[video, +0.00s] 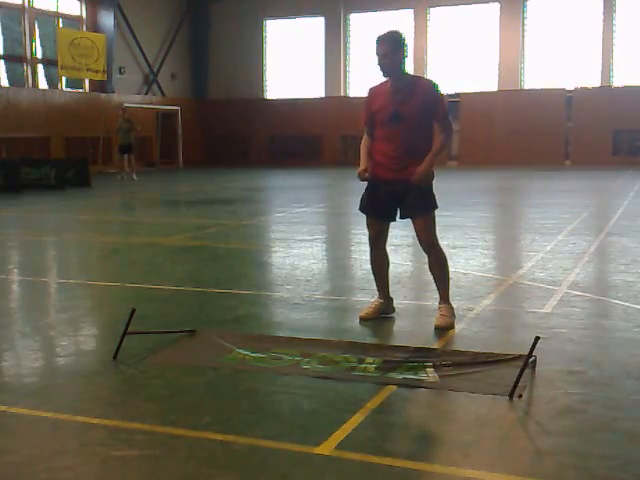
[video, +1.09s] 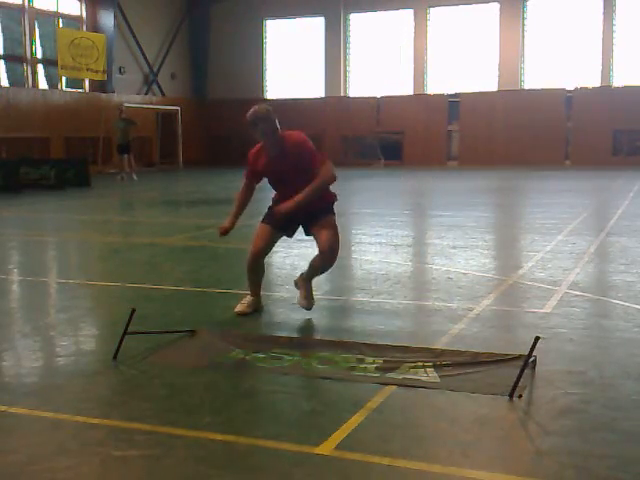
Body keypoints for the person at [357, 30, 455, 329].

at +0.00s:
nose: (381, 61)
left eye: (386, 55)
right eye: (378, 56)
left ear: (401, 54)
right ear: (377, 57)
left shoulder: (426, 89)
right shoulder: (375, 93)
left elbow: (444, 132)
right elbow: (367, 133)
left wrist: (427, 165)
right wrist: (364, 160)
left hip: (415, 180)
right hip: (380, 181)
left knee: (429, 242)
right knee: (375, 240)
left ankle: (445, 304)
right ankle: (384, 300)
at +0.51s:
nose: (369, 93)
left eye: (374, 87)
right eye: (366, 87)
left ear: (390, 85)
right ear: (365, 87)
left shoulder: (414, 116)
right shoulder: (365, 114)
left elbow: (435, 156)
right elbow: (361, 151)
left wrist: (402, 182)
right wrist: (364, 179)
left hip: (406, 193)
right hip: (372, 191)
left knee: (426, 251)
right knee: (332, 239)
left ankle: (446, 306)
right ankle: (366, 288)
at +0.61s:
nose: (346, 84)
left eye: (351, 79)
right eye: (344, 79)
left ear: (366, 77)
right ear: (344, 79)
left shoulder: (390, 107)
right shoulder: (345, 108)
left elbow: (410, 147)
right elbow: (343, 140)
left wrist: (370, 162)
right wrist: (342, 165)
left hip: (387, 191)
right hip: (352, 189)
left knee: (415, 247)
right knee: (308, 228)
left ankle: (445, 305)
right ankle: (327, 287)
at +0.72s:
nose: (315, 81)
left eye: (319, 75)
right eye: (313, 76)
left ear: (334, 73)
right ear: (313, 76)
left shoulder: (361, 99)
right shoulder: (317, 104)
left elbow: (386, 134)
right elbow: (313, 131)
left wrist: (346, 147)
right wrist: (314, 155)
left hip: (363, 183)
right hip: (328, 181)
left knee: (396, 240)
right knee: (288, 228)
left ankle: (431, 297)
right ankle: (280, 286)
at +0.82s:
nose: (294, 94)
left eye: (297, 88)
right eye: (289, 90)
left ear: (306, 85)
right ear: (285, 91)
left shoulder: (335, 110)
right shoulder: (288, 113)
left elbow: (357, 144)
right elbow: (287, 141)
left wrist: (329, 161)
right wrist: (284, 171)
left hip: (338, 187)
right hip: (304, 187)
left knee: (368, 241)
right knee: (270, 241)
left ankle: (396, 289)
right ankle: (255, 293)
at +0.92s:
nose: (268, 109)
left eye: (271, 103)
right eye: (263, 105)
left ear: (282, 104)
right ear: (260, 109)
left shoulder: (311, 129)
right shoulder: (268, 136)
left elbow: (338, 161)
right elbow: (270, 168)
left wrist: (309, 186)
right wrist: (257, 201)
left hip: (324, 194)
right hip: (292, 194)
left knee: (340, 250)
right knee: (258, 246)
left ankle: (346, 279)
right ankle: (254, 296)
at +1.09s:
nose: (270, 133)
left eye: (272, 127)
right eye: (263, 130)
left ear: (277, 124)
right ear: (255, 132)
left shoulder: (298, 141)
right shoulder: (257, 157)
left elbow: (328, 174)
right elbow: (248, 188)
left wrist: (294, 203)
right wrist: (231, 221)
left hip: (316, 200)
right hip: (284, 202)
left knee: (329, 252)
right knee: (256, 253)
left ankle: (305, 279)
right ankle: (254, 298)